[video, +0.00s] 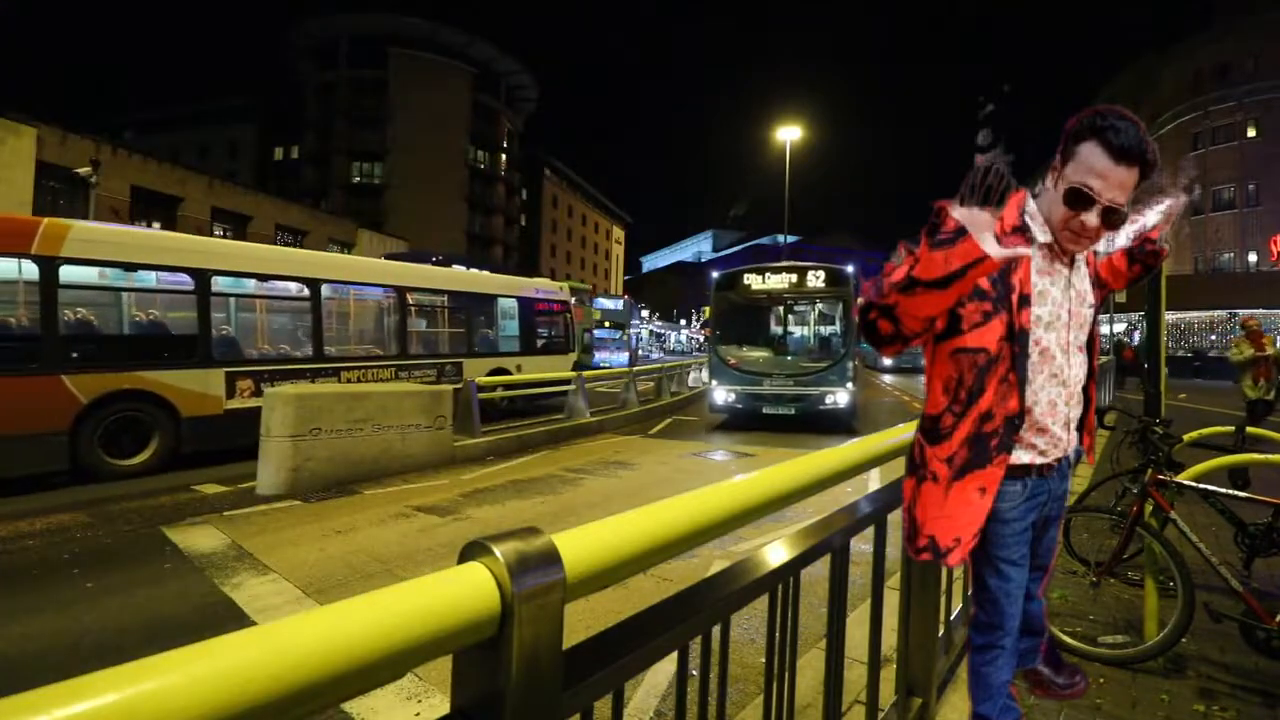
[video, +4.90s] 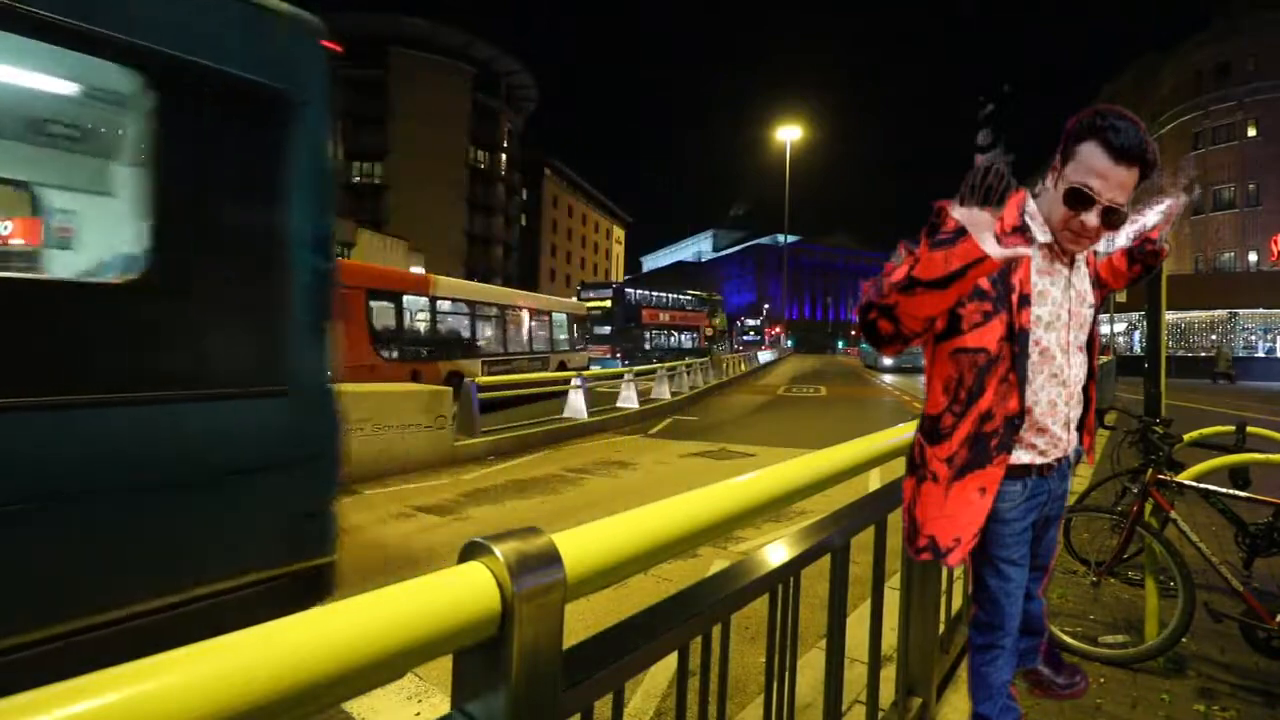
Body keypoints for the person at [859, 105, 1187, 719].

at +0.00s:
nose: (1089, 222)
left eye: (1110, 212)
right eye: (1079, 198)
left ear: (1123, 212)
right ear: (1052, 172)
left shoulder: (1083, 264)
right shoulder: (986, 243)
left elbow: (1107, 276)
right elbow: (882, 328)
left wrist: (1150, 241)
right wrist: (960, 245)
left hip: (1057, 467)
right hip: (1000, 476)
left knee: (1034, 582)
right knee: (1000, 614)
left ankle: (1027, 659)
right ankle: (993, 710)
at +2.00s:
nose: (1089, 222)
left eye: (1110, 211)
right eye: (1079, 198)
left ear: (1123, 211)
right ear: (1052, 172)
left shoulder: (1085, 265)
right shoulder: (985, 242)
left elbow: (1116, 271)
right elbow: (884, 328)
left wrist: (1152, 240)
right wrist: (962, 246)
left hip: (1057, 467)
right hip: (1000, 475)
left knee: (1034, 582)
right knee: (1000, 611)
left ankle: (1027, 659)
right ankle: (993, 709)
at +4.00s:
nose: (1089, 222)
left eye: (1109, 211)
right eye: (1079, 197)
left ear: (1123, 211)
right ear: (1052, 171)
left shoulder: (1085, 265)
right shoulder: (984, 243)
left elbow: (1118, 269)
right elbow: (883, 327)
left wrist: (1151, 241)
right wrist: (962, 246)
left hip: (1057, 467)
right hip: (1000, 475)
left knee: (1034, 581)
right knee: (1000, 611)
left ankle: (1028, 659)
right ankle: (994, 709)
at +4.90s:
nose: (1089, 223)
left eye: (1110, 212)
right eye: (1080, 198)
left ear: (1123, 211)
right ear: (1051, 172)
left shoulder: (1085, 265)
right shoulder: (985, 243)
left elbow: (1119, 268)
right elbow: (883, 326)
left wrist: (1151, 238)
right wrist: (962, 245)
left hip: (1058, 467)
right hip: (1000, 475)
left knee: (1035, 580)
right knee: (1000, 613)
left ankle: (1028, 658)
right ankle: (993, 710)